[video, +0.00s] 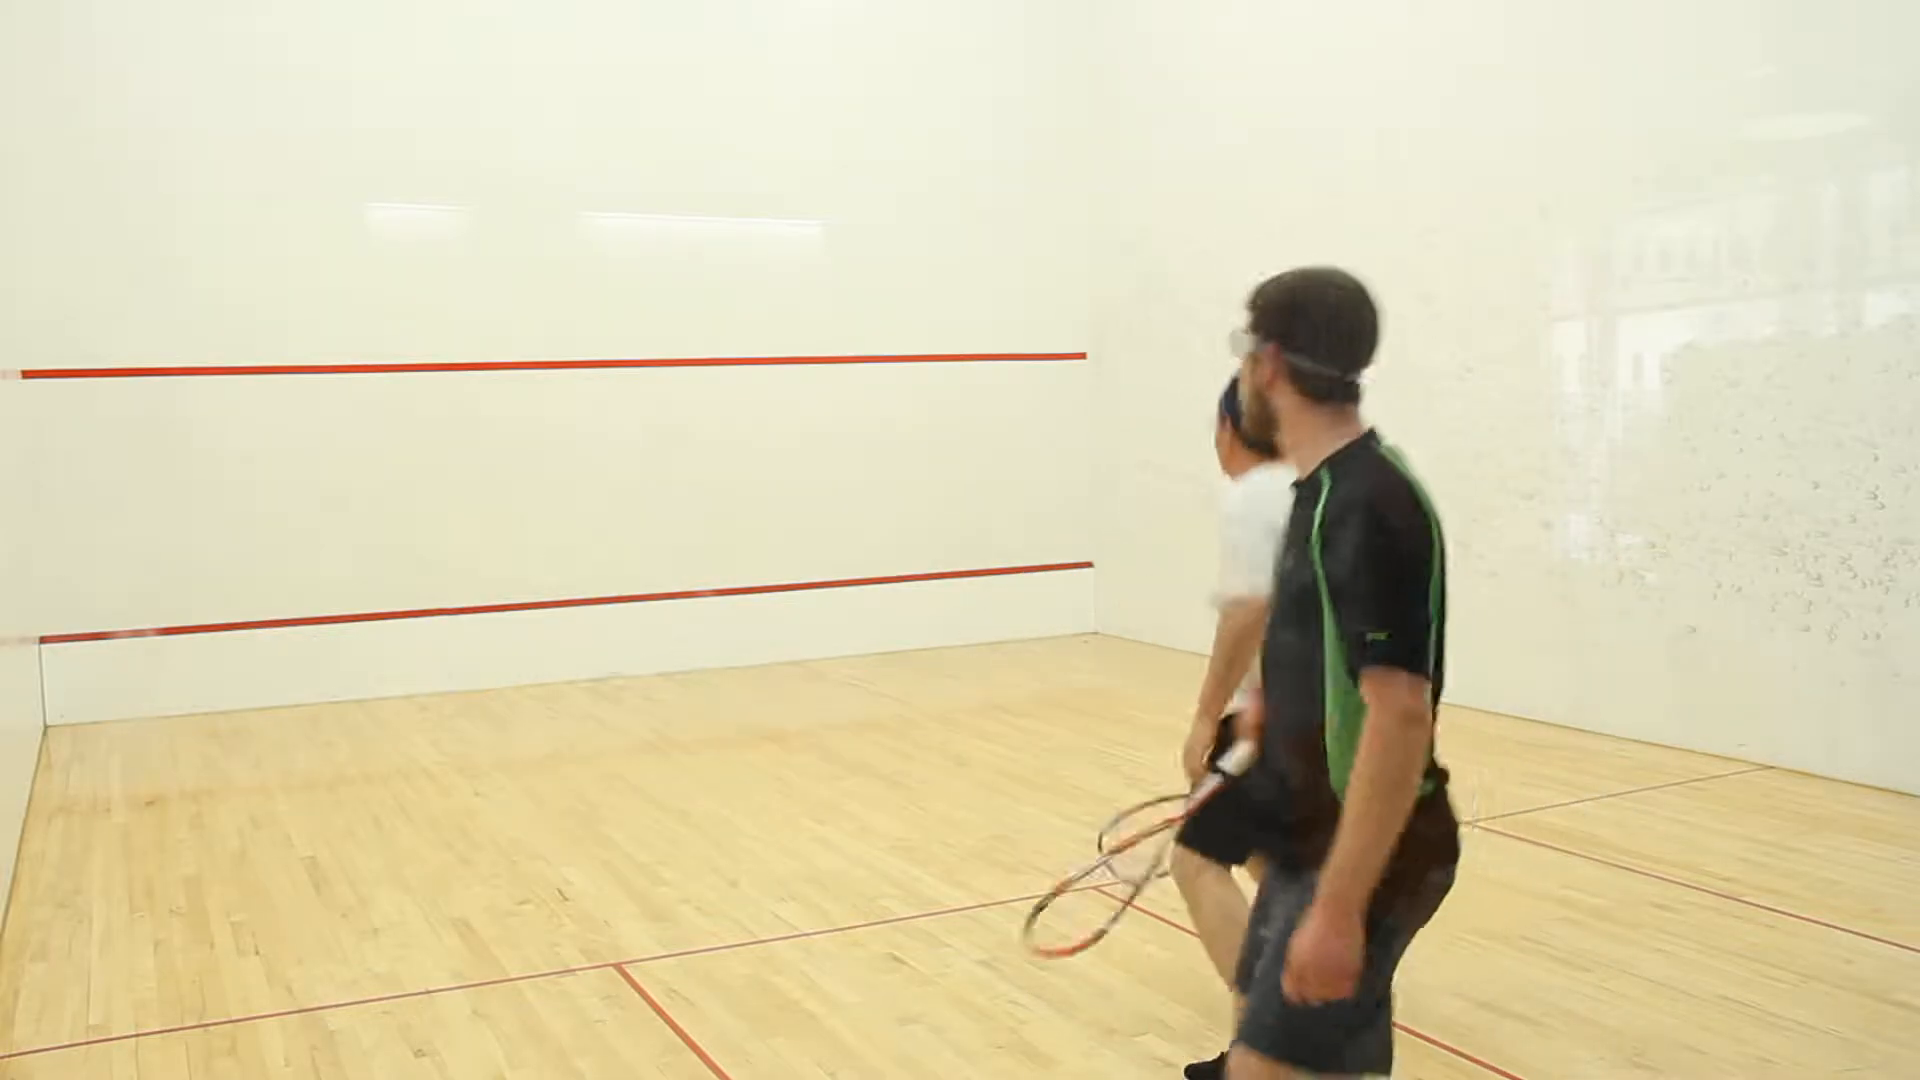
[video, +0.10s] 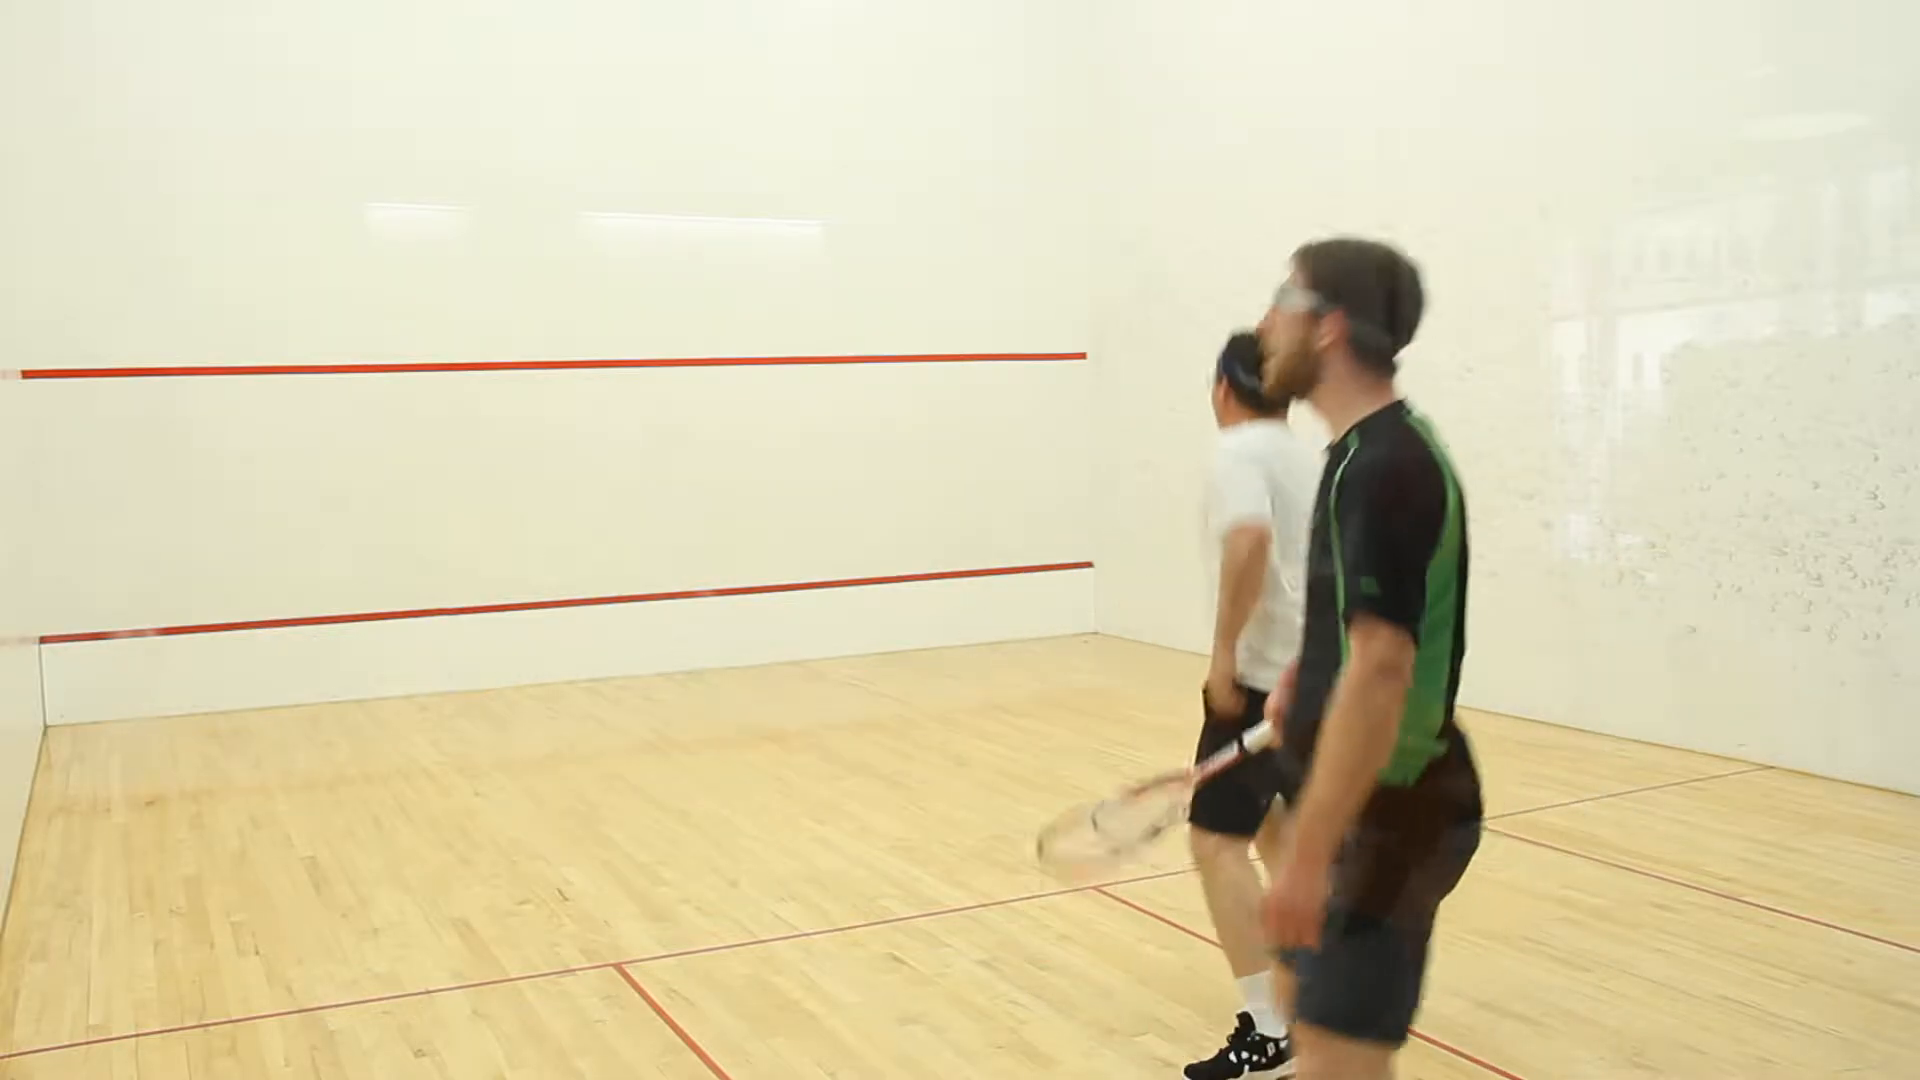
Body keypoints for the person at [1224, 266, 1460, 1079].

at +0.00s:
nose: (1241, 366)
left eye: (1247, 347)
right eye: (1247, 347)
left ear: (1270, 364)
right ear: (1347, 363)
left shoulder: (1376, 503)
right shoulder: (1323, 491)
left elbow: (1401, 710)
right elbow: (1333, 655)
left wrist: (1339, 910)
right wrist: (1270, 700)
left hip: (1360, 856)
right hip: (1314, 835)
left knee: (1262, 1063)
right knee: (1298, 1051)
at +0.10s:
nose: (1263, 323)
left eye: (1283, 305)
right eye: (1275, 303)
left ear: (1330, 329)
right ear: (1337, 333)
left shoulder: (1387, 465)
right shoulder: (1366, 453)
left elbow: (1383, 668)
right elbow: (1358, 614)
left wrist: (1307, 851)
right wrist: (1307, 675)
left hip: (1393, 802)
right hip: (1375, 785)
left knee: (1336, 1054)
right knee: (1333, 1041)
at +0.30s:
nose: (1352, 274)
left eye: (1375, 256)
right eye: (1364, 255)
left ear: (1433, 285)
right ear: (1434, 288)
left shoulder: (1451, 425)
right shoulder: (1469, 409)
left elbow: (1361, 604)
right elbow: (1365, 559)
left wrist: (1230, 739)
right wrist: (1250, 609)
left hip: (1448, 755)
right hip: (1442, 745)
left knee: (1378, 1018)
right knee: (1404, 1005)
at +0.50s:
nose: (1453, 294)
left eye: (1472, 276)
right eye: (1464, 275)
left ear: (1520, 293)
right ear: (1533, 297)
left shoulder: (1534, 431)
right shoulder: (1575, 425)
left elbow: (1441, 592)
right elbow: (1468, 555)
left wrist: (1333, 673)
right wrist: (1340, 571)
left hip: (1510, 781)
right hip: (1518, 766)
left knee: (1448, 1020)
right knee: (1432, 987)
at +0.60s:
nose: (1508, 312)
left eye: (1526, 293)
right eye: (1518, 293)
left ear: (1572, 312)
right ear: (1586, 318)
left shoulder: (1587, 445)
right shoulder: (1611, 439)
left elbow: (1502, 615)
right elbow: (1527, 592)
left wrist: (1414, 681)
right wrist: (1401, 590)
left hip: (1569, 792)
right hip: (1539, 781)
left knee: (1522, 1033)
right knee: (1462, 988)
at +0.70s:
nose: (1558, 330)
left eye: (1574, 313)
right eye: (1569, 311)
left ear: (1612, 330)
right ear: (1629, 336)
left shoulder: (1638, 460)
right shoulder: (1667, 451)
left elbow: (1568, 643)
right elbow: (1585, 606)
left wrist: (1494, 710)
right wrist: (1467, 634)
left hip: (1640, 809)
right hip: (1606, 797)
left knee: (1609, 1039)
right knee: (1523, 1003)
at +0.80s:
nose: (1606, 324)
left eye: (1619, 308)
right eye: (1615, 307)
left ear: (1655, 322)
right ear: (1688, 330)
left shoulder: (1677, 456)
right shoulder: (1731, 444)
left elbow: (1635, 656)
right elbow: (1643, 623)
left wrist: (1572, 763)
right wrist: (1552, 695)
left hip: (1693, 796)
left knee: (1645, 1010)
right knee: (1592, 988)